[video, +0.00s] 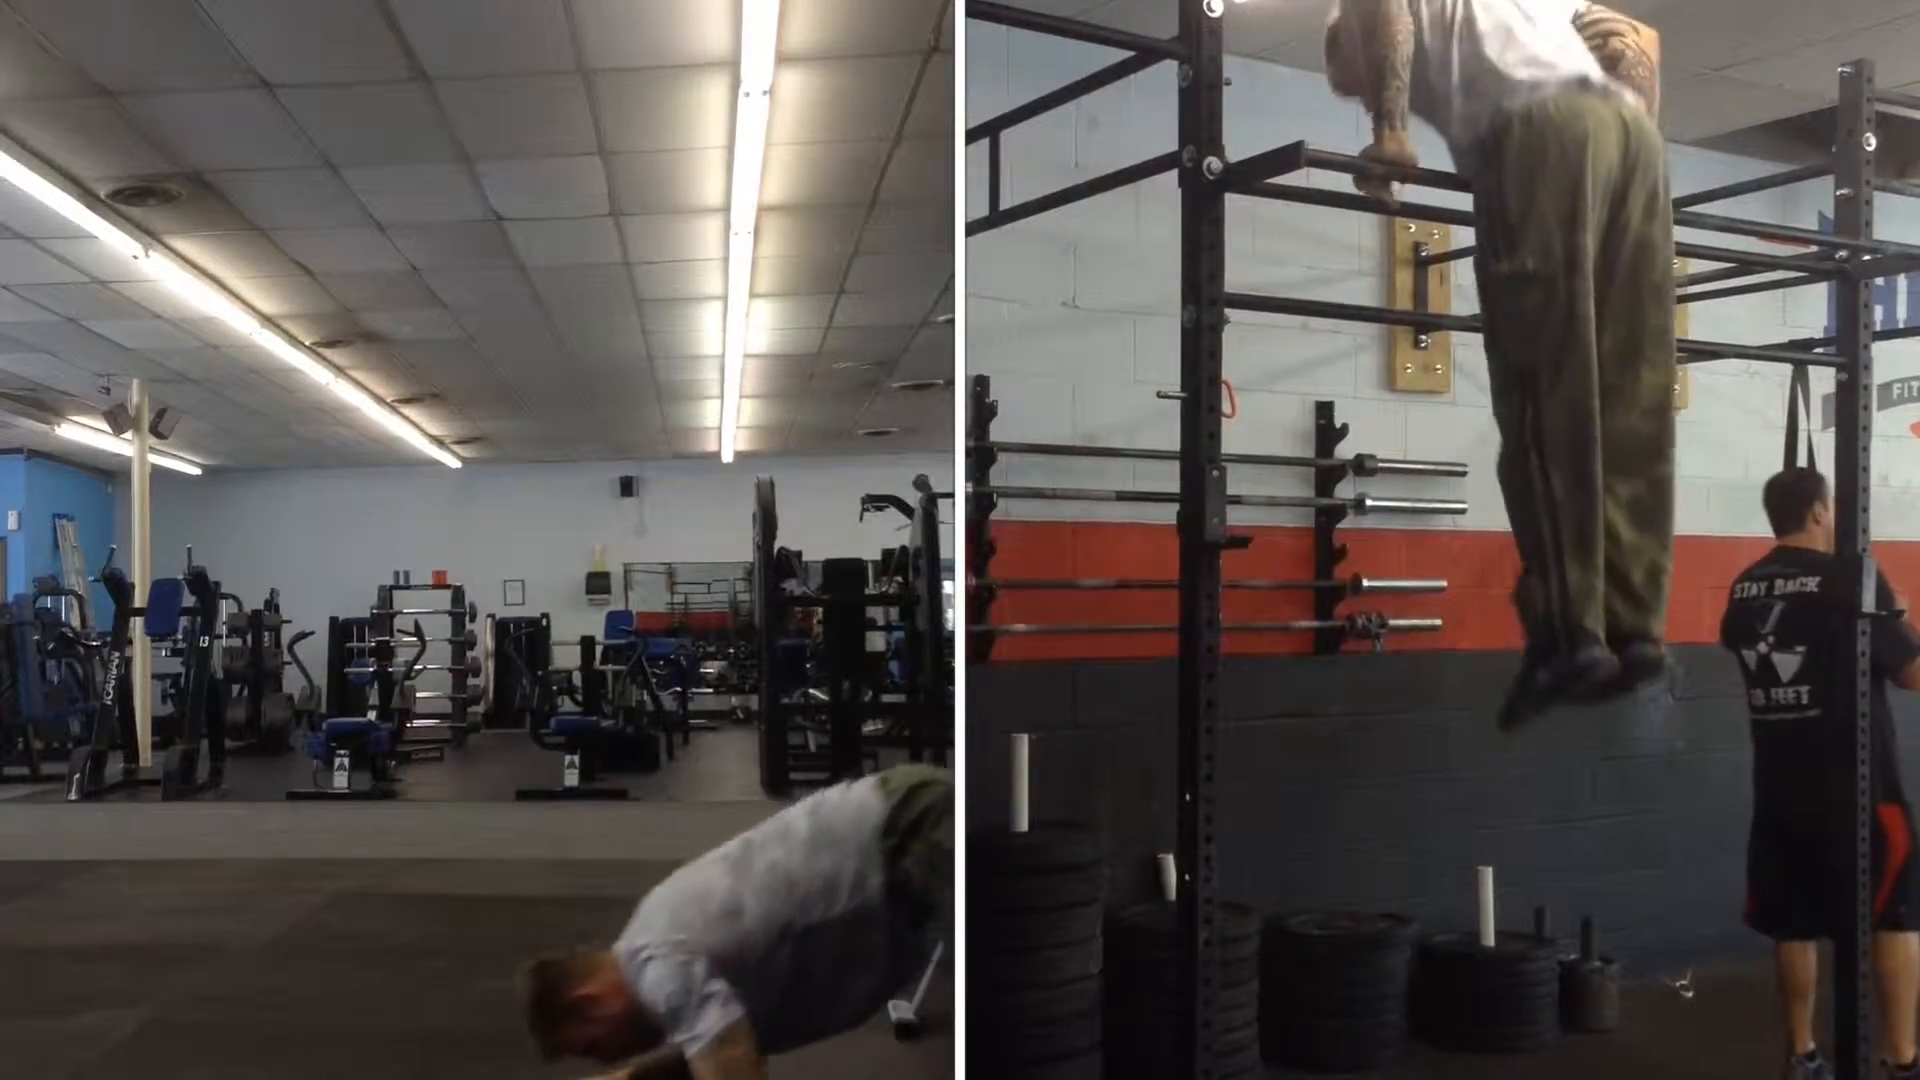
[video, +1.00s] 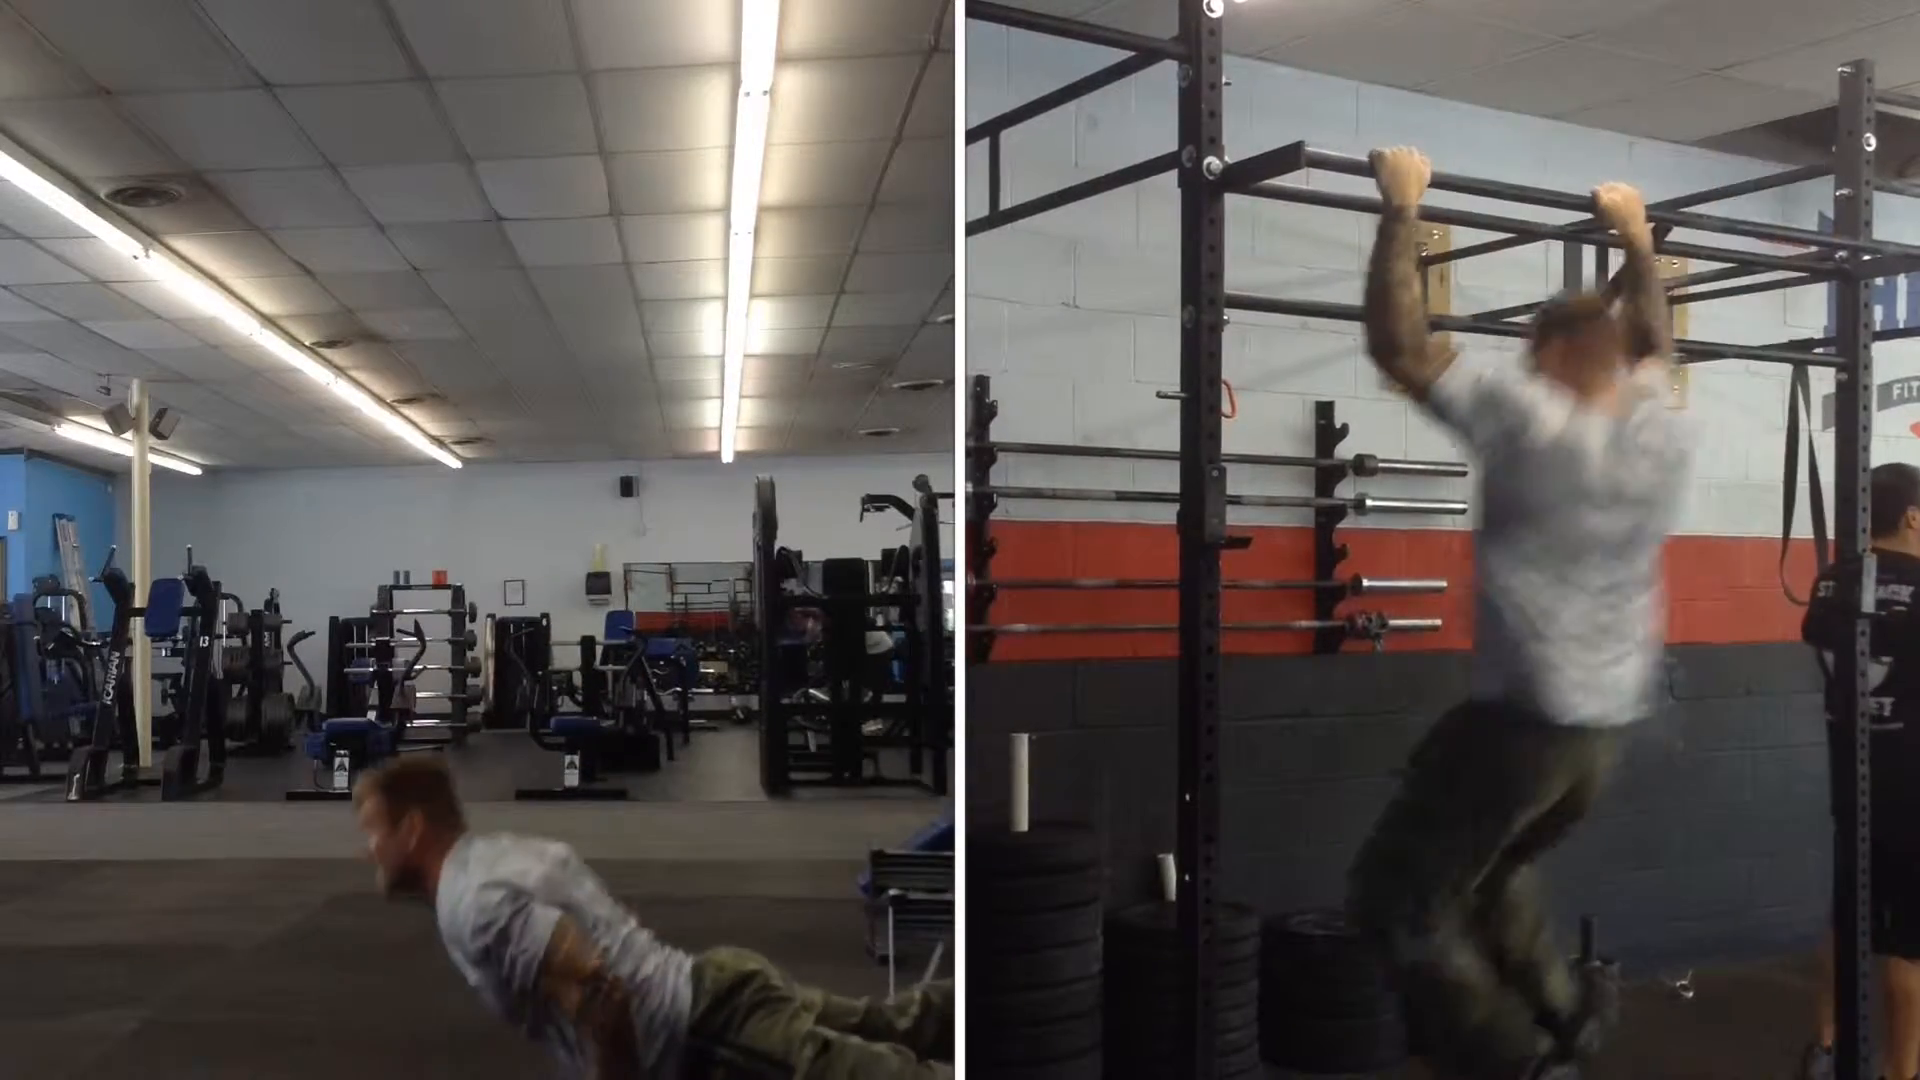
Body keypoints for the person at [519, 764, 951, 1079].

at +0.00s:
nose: (604, 1058)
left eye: (590, 1046)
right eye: (588, 1054)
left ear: (591, 1001)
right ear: (591, 990)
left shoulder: (659, 965)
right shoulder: (649, 949)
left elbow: (734, 1065)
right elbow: (719, 1046)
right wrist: (638, 1070)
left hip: (908, 827)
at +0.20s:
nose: (511, 1078)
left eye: (496, 1067)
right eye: (494, 1076)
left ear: (505, 1025)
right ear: (511, 1019)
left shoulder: (573, 996)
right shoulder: (571, 1010)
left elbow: (699, 1048)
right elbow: (695, 1047)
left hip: (836, 884)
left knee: (976, 984)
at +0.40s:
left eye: (426, 1071)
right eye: (423, 1077)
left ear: (435, 1041)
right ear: (442, 1019)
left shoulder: (505, 1019)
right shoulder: (512, 995)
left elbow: (638, 1010)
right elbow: (641, 998)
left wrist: (626, 1073)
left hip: (784, 958)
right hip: (786, 942)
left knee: (950, 1035)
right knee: (952, 1015)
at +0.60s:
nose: (368, 1064)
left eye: (360, 1044)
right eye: (354, 1051)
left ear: (394, 1010)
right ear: (410, 983)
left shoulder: (470, 1017)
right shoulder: (493, 965)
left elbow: (611, 997)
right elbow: (637, 943)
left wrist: (613, 1072)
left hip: (740, 1027)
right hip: (746, 980)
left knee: (928, 1063)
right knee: (926, 1008)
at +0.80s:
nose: (345, 966)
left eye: (344, 942)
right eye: (338, 947)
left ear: (385, 921)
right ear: (401, 909)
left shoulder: (462, 971)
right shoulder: (500, 914)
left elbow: (608, 993)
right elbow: (635, 943)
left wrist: (607, 1074)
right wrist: (551, 1034)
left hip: (708, 1047)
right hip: (721, 1007)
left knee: (901, 1074)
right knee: (903, 1032)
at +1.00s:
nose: (364, 848)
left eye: (370, 829)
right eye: (363, 831)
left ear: (412, 827)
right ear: (426, 822)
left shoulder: (474, 898)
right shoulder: (507, 854)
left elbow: (600, 994)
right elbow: (604, 953)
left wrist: (609, 1072)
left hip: (712, 1030)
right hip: (719, 987)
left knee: (912, 1075)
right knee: (910, 1020)